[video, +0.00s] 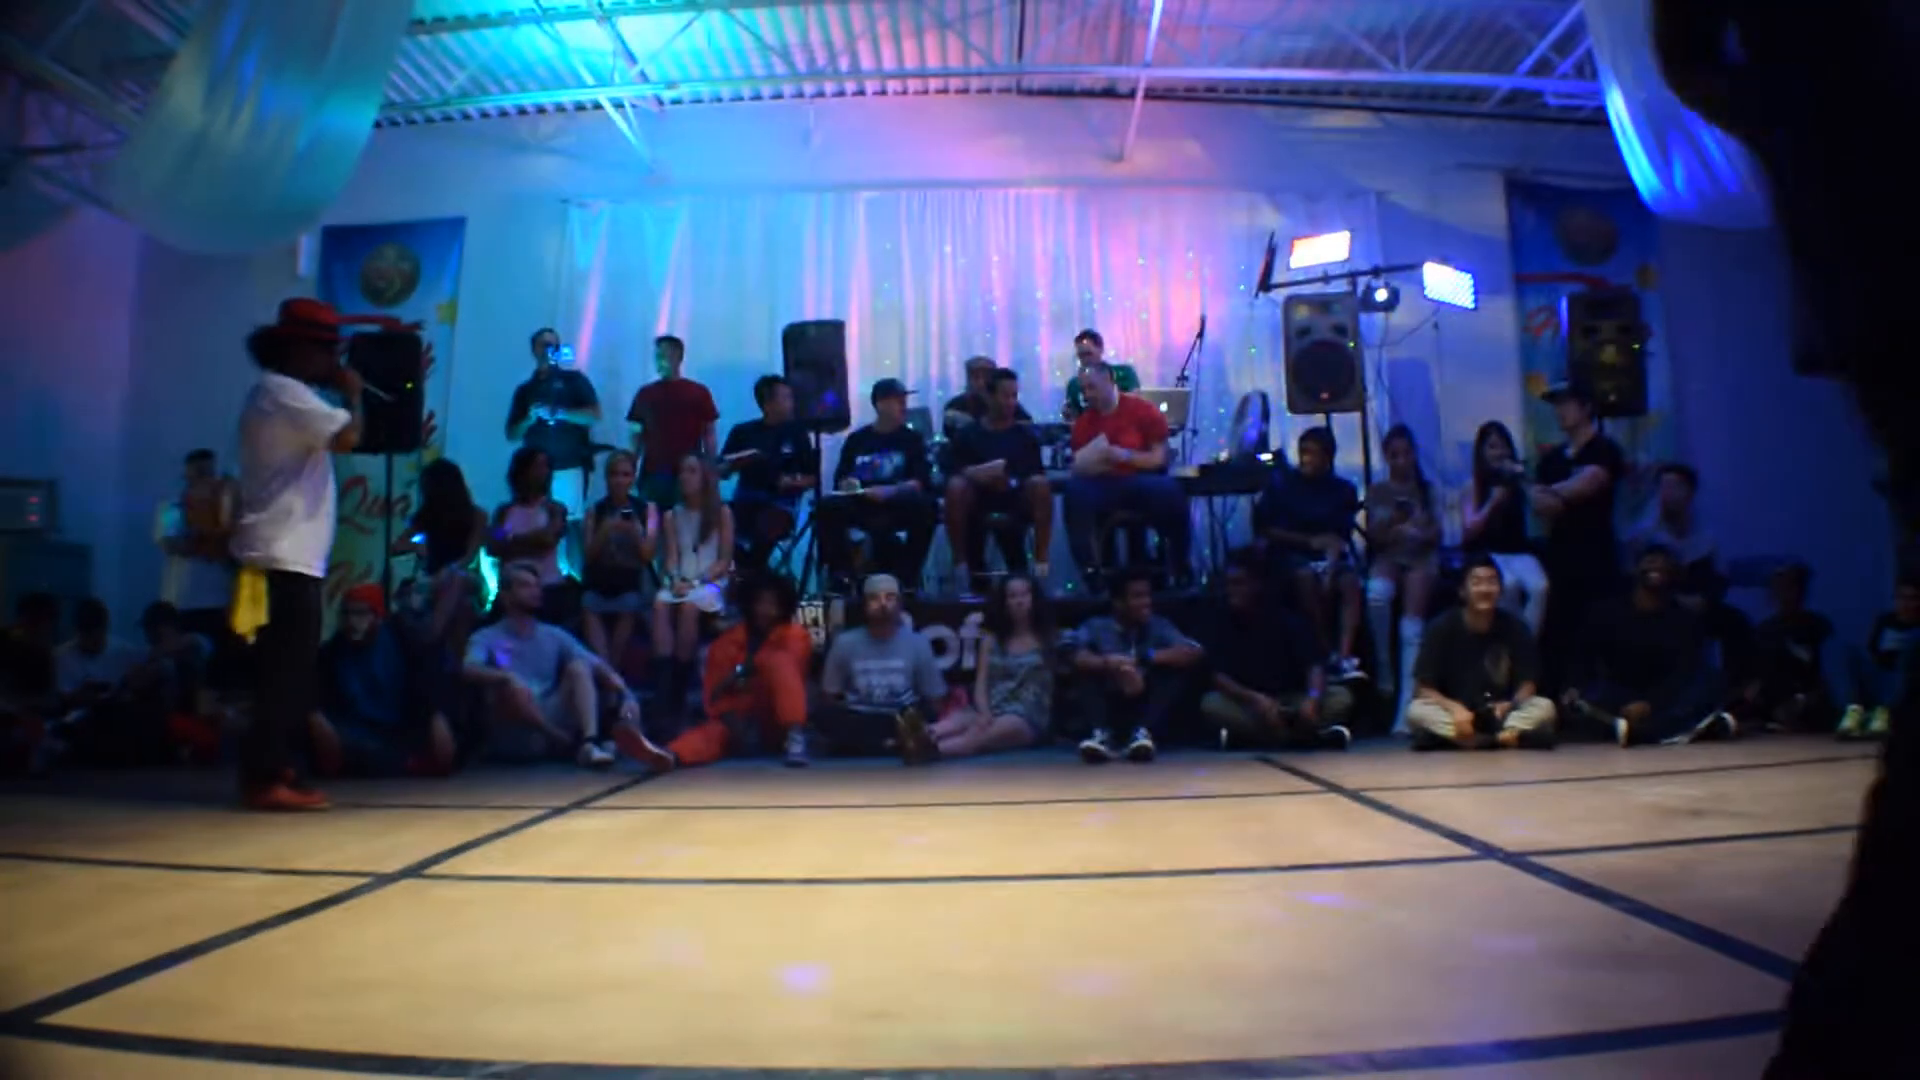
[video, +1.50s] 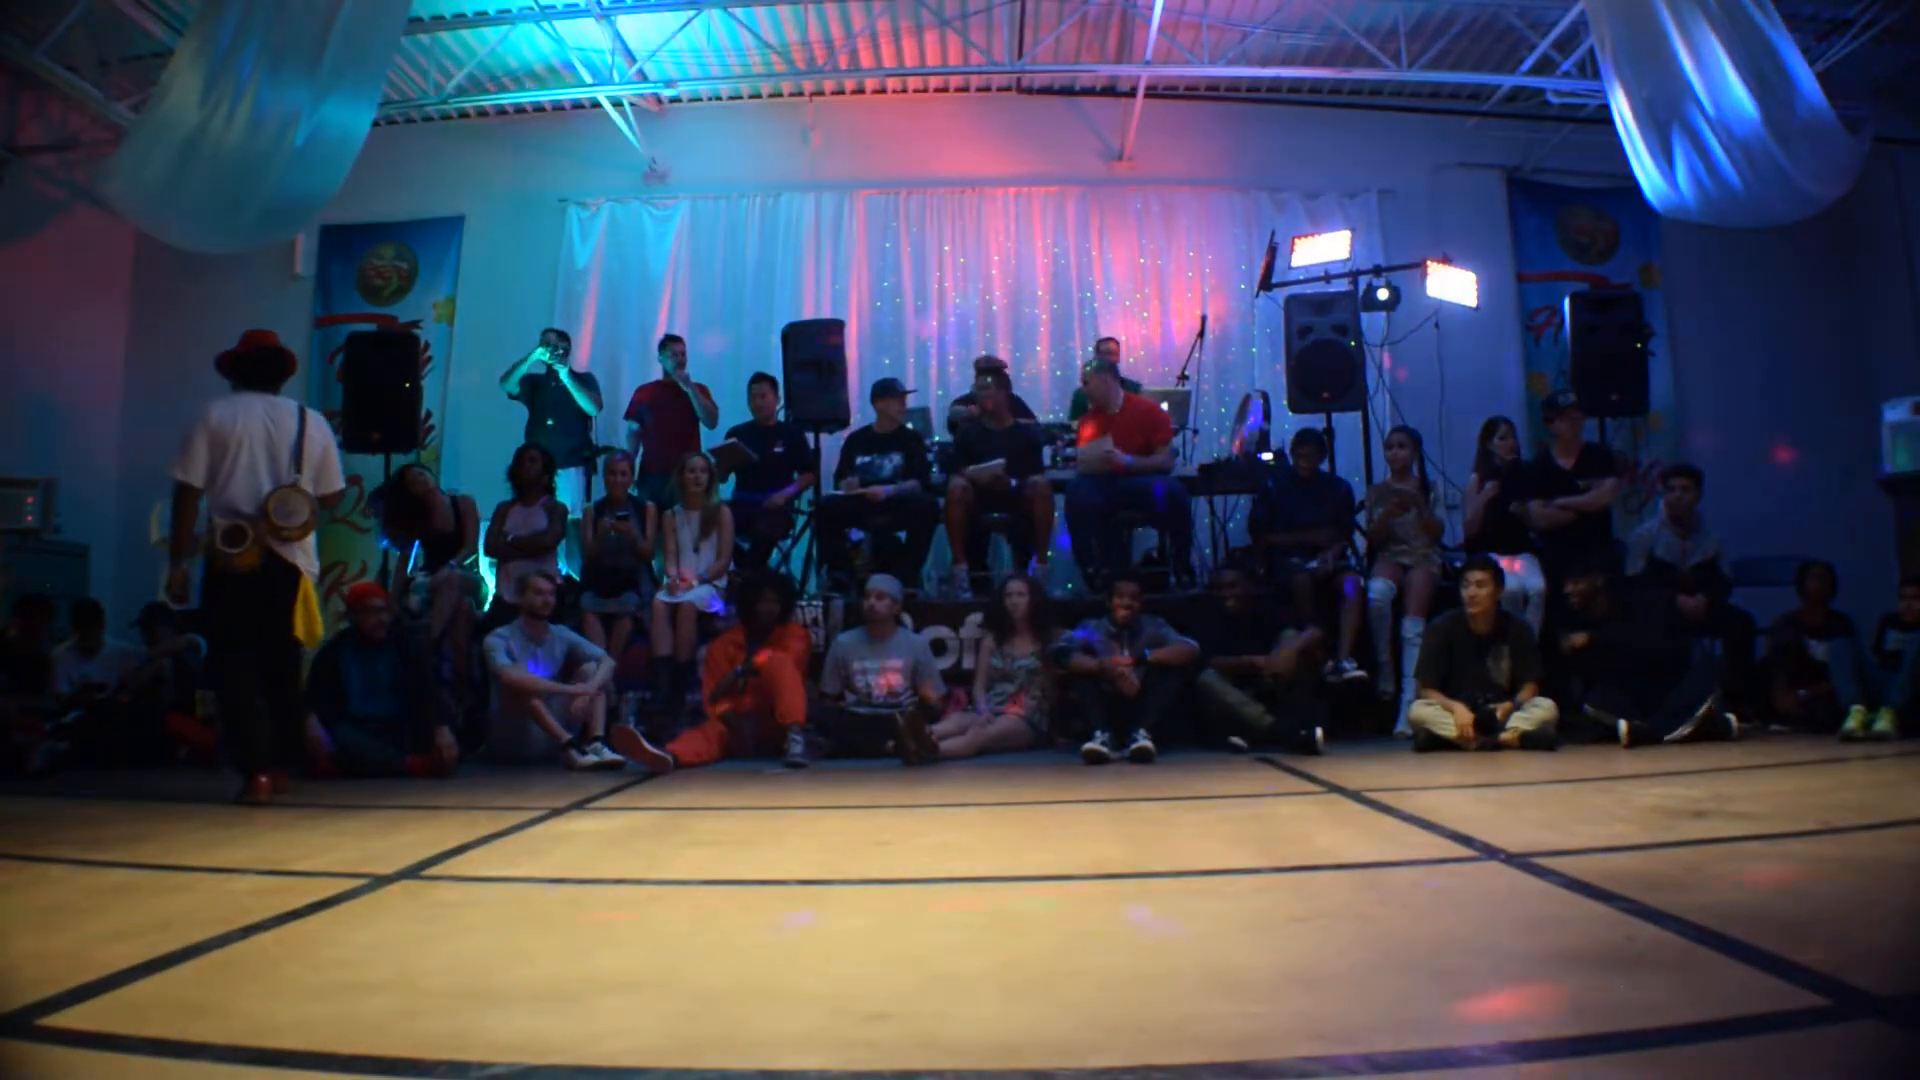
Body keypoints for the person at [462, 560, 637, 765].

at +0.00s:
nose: (536, 591)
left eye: (537, 585)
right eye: (527, 586)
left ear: (540, 590)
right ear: (507, 595)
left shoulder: (552, 635)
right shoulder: (486, 638)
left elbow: (595, 664)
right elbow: (470, 669)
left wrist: (626, 695)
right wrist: (508, 679)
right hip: (510, 728)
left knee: (579, 668)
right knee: (510, 687)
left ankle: (590, 742)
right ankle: (564, 741)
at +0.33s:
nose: (536, 596)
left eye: (539, 590)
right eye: (527, 590)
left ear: (544, 594)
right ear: (510, 595)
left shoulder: (558, 637)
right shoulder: (492, 638)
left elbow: (597, 668)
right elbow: (474, 666)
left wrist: (628, 701)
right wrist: (513, 680)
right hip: (516, 729)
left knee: (586, 672)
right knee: (510, 690)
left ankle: (600, 741)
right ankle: (560, 739)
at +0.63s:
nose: (531, 595)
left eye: (536, 589)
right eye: (523, 589)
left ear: (541, 594)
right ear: (507, 596)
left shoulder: (555, 635)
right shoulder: (489, 639)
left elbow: (597, 661)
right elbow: (479, 668)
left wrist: (631, 692)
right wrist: (537, 675)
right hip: (513, 735)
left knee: (582, 668)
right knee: (510, 677)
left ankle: (595, 741)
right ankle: (563, 741)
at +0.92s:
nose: (538, 599)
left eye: (543, 592)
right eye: (530, 593)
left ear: (549, 596)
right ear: (515, 598)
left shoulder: (559, 634)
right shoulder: (497, 638)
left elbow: (605, 660)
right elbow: (508, 670)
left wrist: (609, 689)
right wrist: (571, 679)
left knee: (585, 668)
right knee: (521, 682)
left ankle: (594, 742)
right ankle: (568, 746)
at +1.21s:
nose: (546, 602)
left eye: (551, 596)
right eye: (538, 595)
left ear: (557, 600)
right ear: (525, 600)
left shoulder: (564, 636)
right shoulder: (502, 639)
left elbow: (609, 665)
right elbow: (515, 678)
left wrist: (594, 696)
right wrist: (576, 692)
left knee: (587, 668)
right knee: (525, 677)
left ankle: (595, 743)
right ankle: (569, 746)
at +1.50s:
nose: (548, 600)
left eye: (551, 594)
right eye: (539, 593)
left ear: (555, 597)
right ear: (522, 598)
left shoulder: (561, 634)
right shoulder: (499, 639)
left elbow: (608, 662)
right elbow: (509, 677)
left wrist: (587, 694)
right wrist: (573, 690)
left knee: (590, 669)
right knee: (520, 681)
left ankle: (596, 743)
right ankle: (568, 746)